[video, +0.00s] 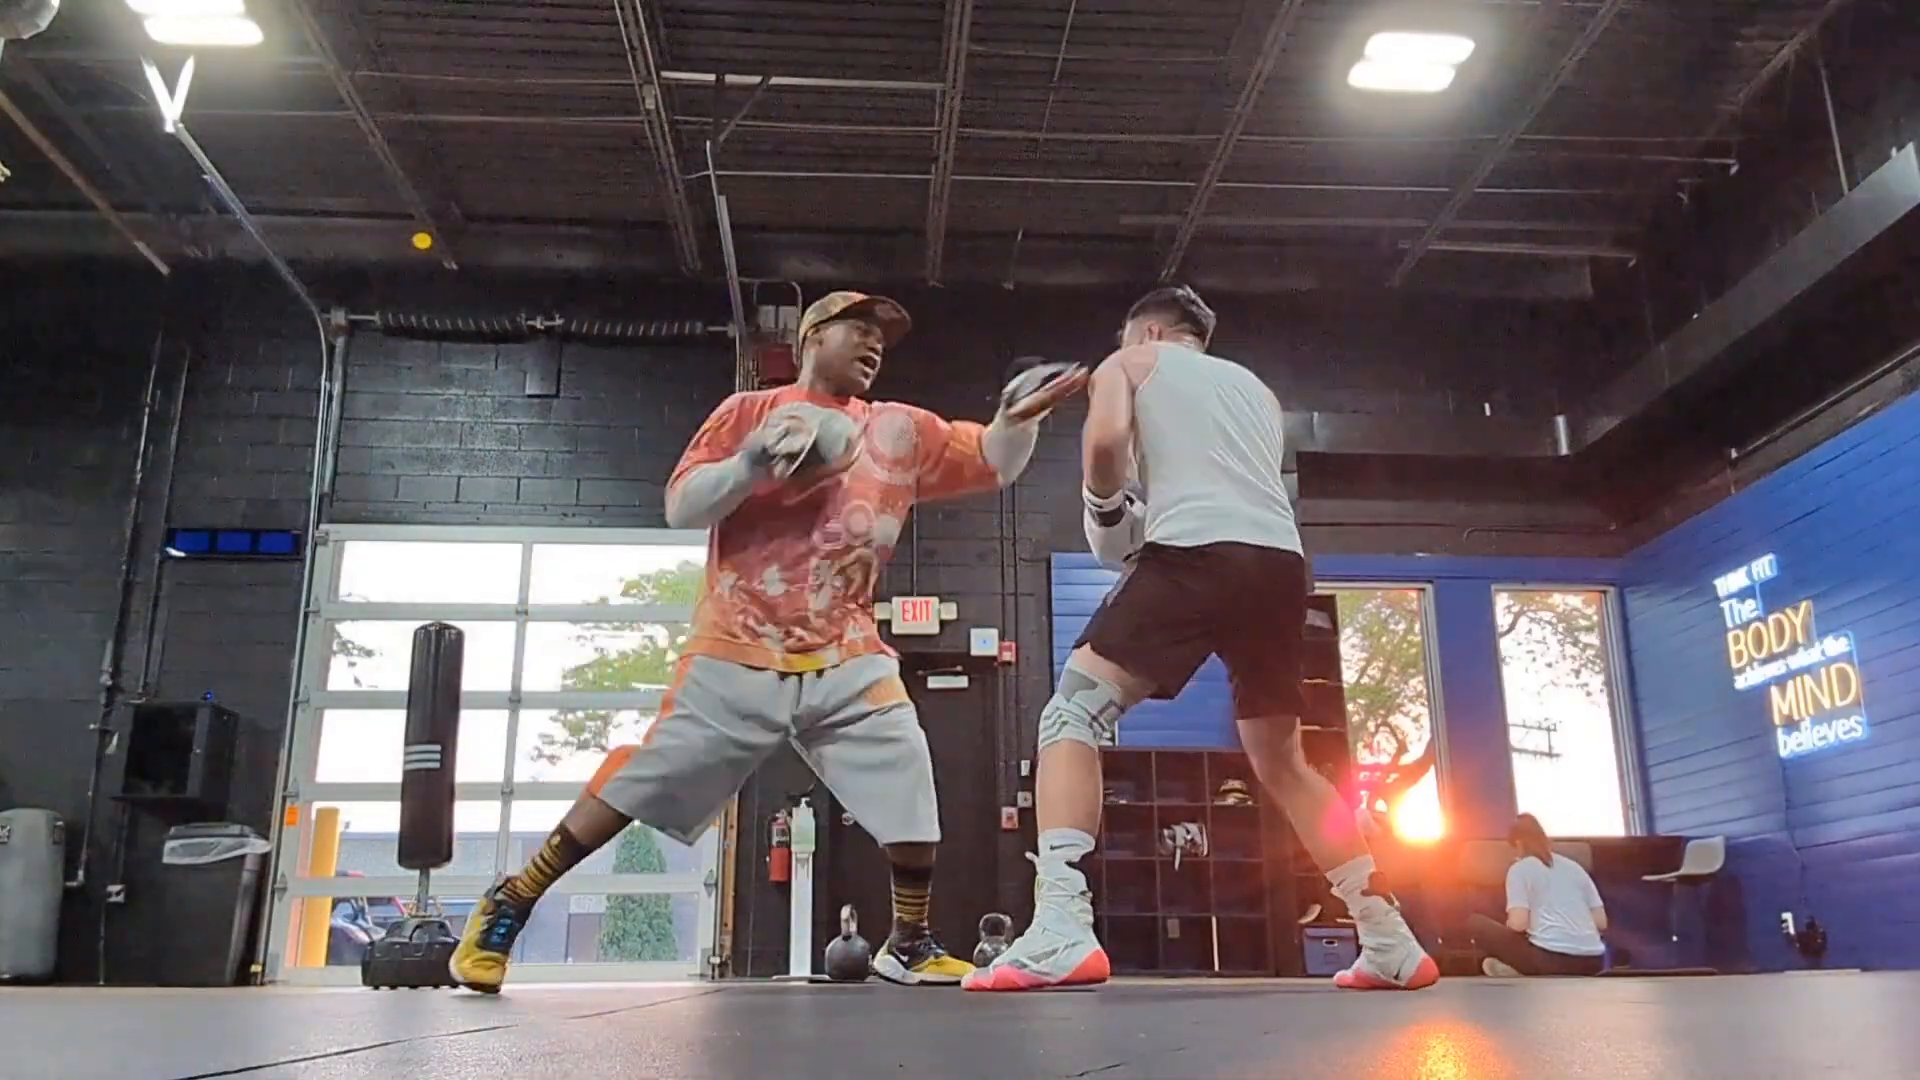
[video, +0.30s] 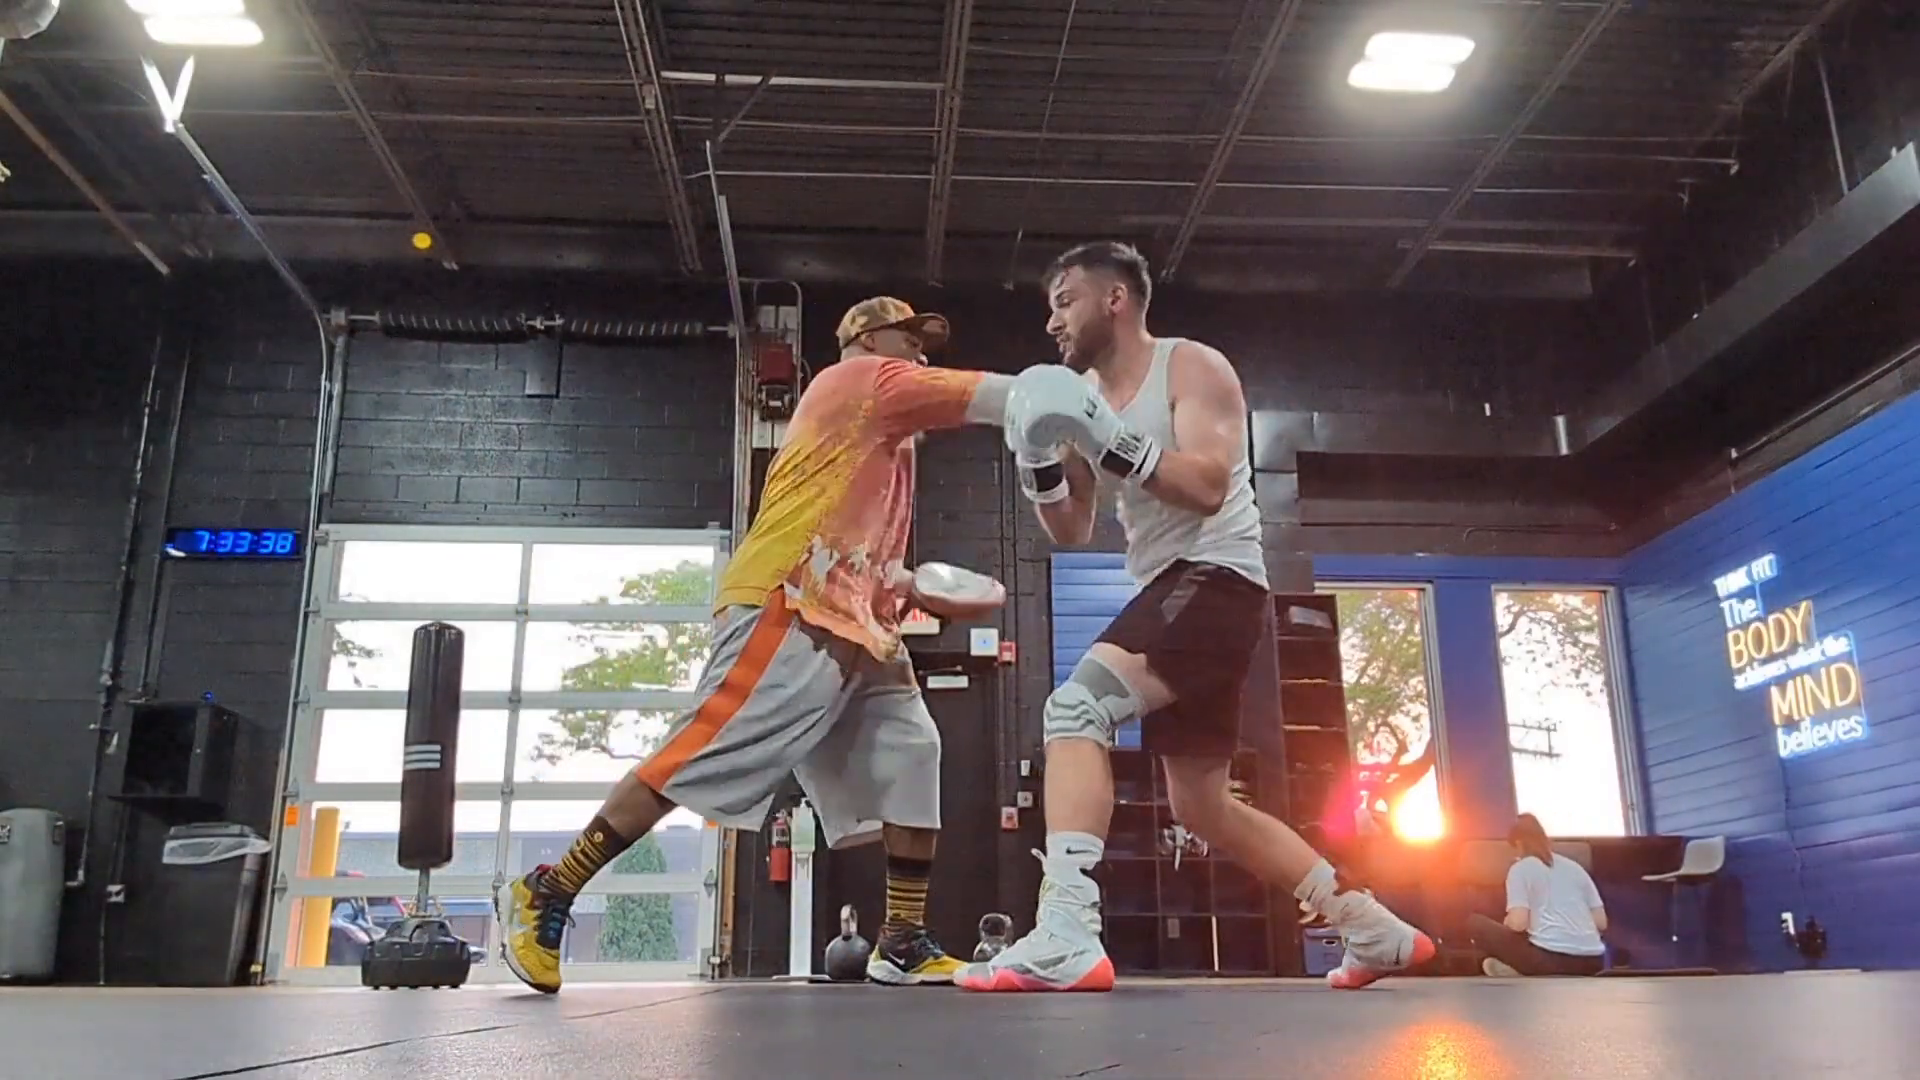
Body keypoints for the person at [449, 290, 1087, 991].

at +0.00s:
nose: (875, 338)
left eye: (881, 330)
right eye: (858, 322)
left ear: (879, 352)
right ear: (810, 335)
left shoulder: (902, 428)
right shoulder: (749, 411)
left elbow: (996, 465)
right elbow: (683, 505)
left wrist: (1015, 419)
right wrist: (755, 458)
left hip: (848, 644)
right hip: (737, 641)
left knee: (907, 762)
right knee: (656, 770)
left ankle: (908, 943)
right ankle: (512, 902)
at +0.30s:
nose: (921, 348)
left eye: (922, 338)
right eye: (907, 334)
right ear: (865, 340)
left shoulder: (888, 427)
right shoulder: (856, 377)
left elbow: (857, 563)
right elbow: (991, 395)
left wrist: (923, 596)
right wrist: (1072, 409)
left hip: (858, 624)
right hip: (789, 604)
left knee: (913, 754)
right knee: (705, 749)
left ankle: (905, 940)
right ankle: (548, 893)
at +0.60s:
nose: (864, 333)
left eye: (873, 325)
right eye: (849, 317)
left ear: (878, 343)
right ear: (806, 326)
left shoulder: (904, 415)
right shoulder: (751, 411)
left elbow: (994, 418)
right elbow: (699, 514)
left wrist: (1074, 385)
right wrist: (781, 479)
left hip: (853, 630)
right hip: (748, 617)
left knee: (911, 746)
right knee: (665, 753)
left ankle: (908, 935)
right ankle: (545, 921)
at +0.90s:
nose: (821, 329)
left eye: (824, 320)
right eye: (804, 313)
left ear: (821, 336)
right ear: (751, 318)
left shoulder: (828, 422)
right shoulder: (707, 399)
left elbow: (816, 524)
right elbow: (749, 459)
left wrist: (847, 559)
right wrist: (745, 341)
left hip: (824, 626)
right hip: (726, 624)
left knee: (888, 768)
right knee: (646, 769)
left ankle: (900, 938)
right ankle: (539, 934)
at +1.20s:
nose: (762, 309)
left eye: (766, 301)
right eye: (745, 295)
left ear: (767, 324)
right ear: (698, 310)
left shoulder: (789, 409)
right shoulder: (655, 397)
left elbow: (867, 480)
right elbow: (657, 484)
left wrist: (966, 442)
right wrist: (764, 447)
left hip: (786, 616)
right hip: (687, 612)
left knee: (846, 765)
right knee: (618, 768)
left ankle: (871, 936)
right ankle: (527, 937)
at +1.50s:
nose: (785, 312)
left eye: (788, 303)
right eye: (769, 297)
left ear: (786, 322)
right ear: (720, 312)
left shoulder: (796, 403)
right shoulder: (697, 384)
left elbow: (847, 491)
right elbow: (797, 427)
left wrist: (815, 504)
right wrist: (864, 350)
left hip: (785, 610)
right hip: (696, 603)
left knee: (821, 760)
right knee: (616, 754)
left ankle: (817, 939)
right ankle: (521, 921)